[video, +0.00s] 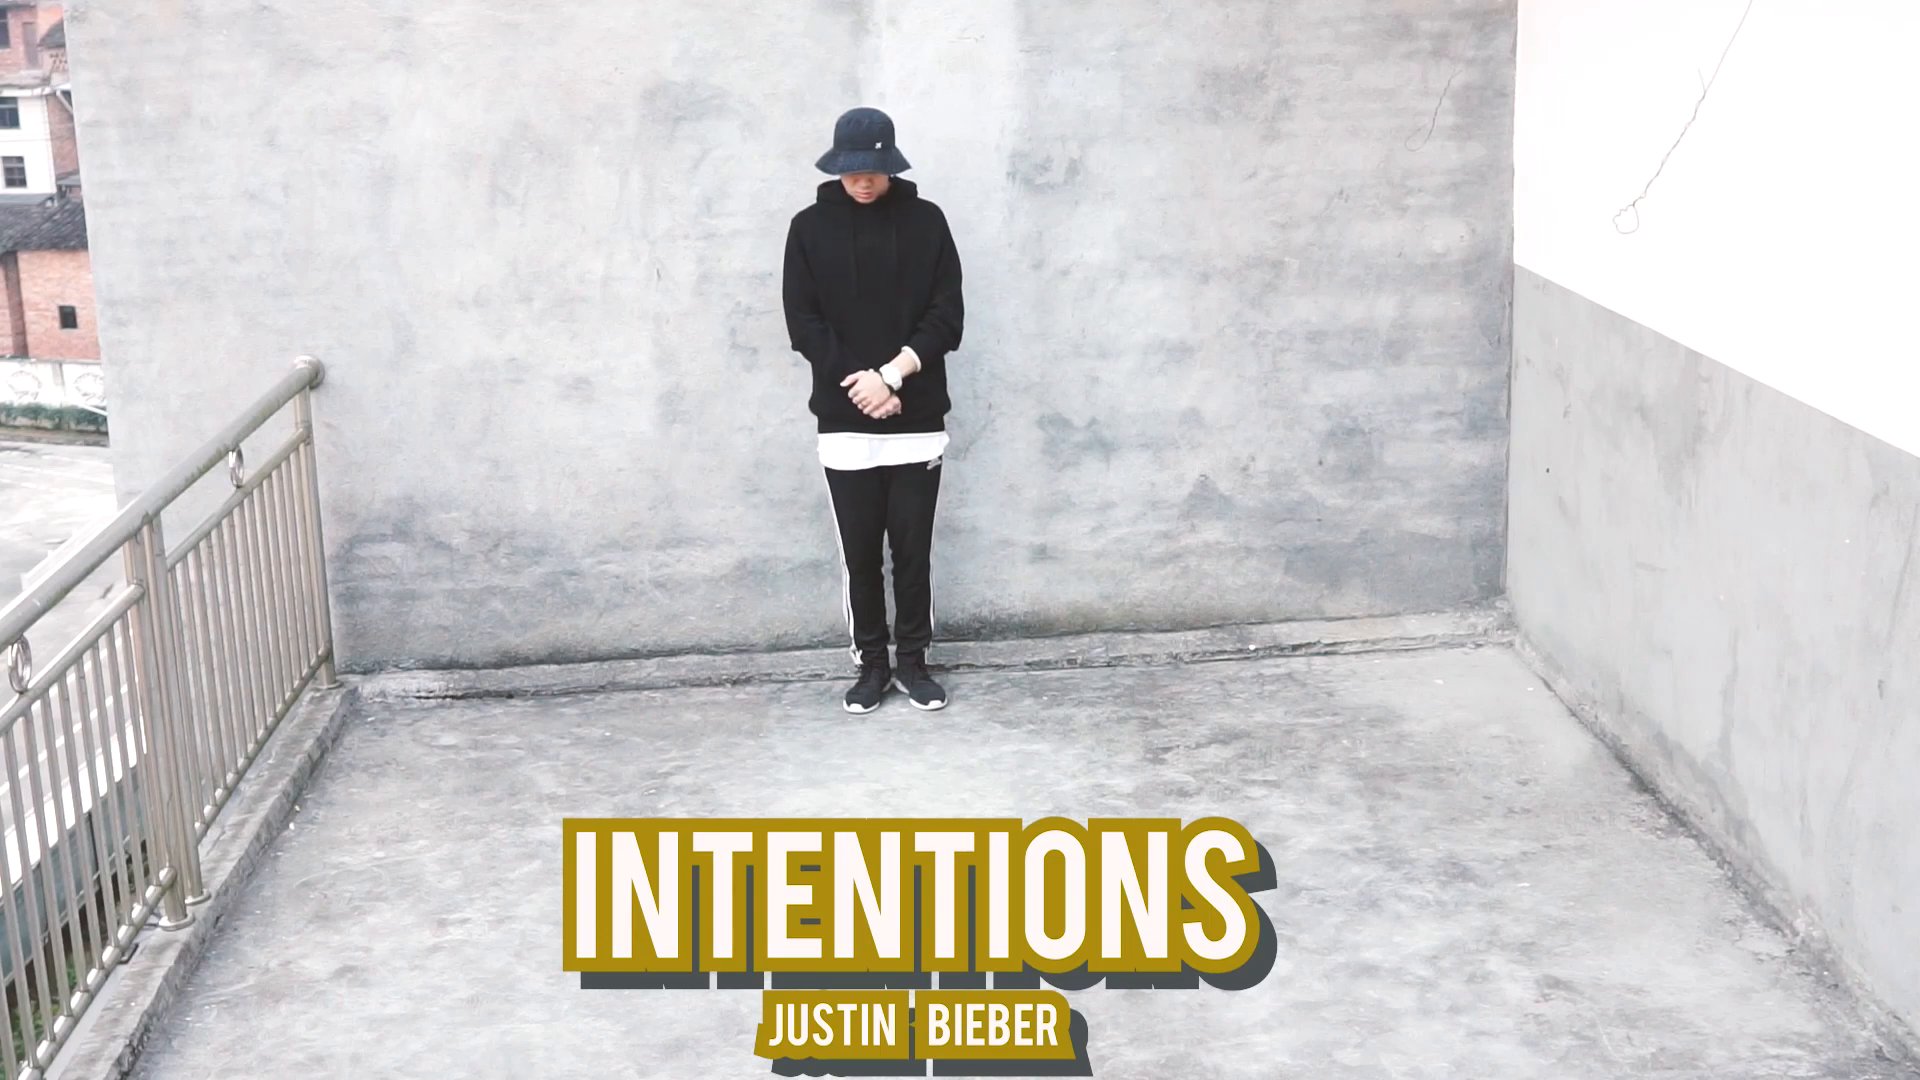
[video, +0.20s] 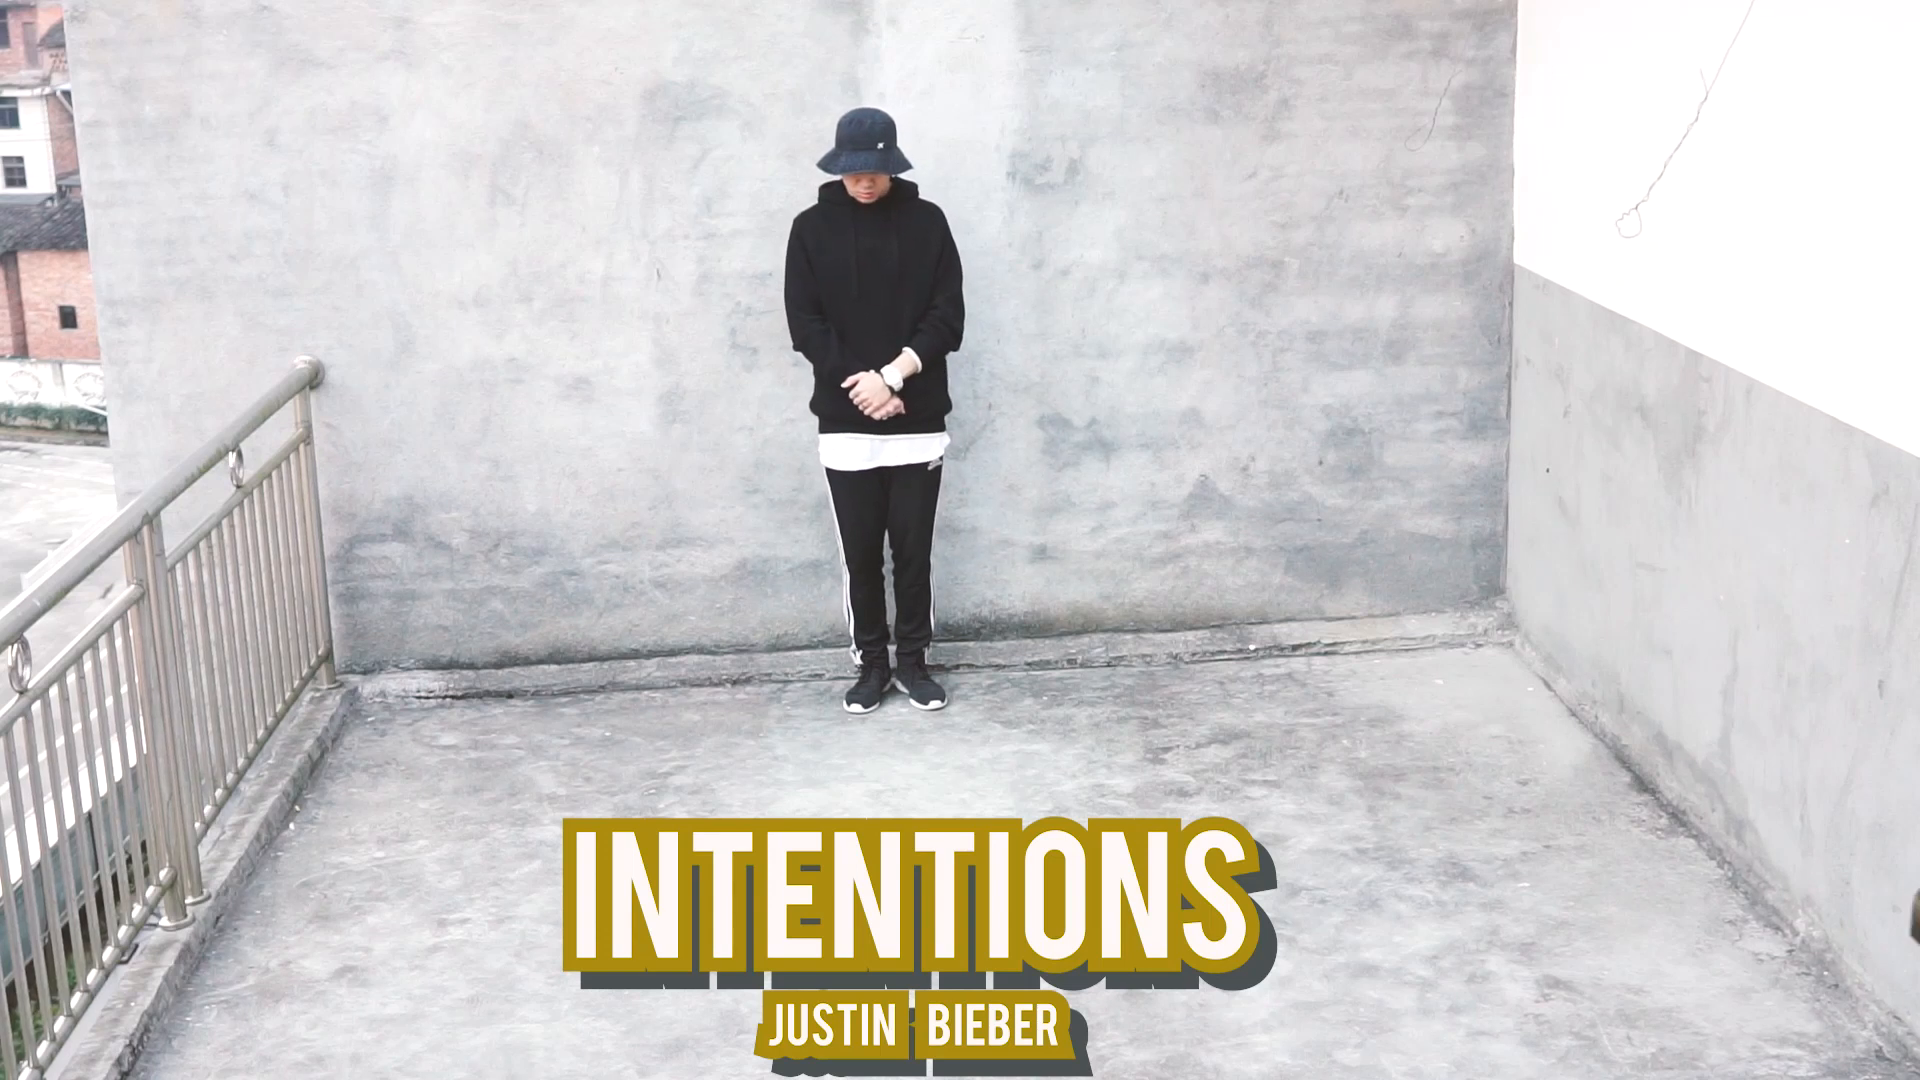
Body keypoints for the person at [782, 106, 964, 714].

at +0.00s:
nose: (861, 182)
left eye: (872, 171)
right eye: (851, 171)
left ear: (891, 166)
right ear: (835, 169)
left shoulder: (925, 219)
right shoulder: (810, 226)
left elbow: (947, 316)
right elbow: (803, 322)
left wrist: (892, 371)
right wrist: (860, 384)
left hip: (917, 413)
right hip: (843, 416)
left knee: (912, 548)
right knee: (860, 551)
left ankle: (913, 663)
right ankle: (872, 666)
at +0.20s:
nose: (863, 182)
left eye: (874, 171)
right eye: (852, 172)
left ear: (893, 167)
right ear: (837, 169)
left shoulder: (926, 220)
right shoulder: (813, 226)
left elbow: (948, 316)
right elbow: (804, 323)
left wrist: (893, 372)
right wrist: (861, 385)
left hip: (918, 414)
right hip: (844, 416)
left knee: (912, 549)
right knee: (861, 552)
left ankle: (913, 663)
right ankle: (872, 666)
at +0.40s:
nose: (865, 182)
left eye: (876, 171)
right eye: (855, 171)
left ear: (895, 167)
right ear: (840, 169)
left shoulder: (927, 220)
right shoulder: (814, 226)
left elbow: (948, 317)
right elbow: (806, 323)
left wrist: (893, 372)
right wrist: (864, 386)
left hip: (919, 414)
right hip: (844, 417)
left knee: (912, 548)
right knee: (861, 552)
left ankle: (913, 663)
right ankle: (872, 666)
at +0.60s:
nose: (869, 182)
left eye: (880, 171)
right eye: (858, 171)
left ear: (897, 167)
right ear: (842, 169)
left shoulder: (929, 222)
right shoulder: (816, 226)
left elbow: (949, 317)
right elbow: (807, 323)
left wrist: (894, 372)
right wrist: (865, 386)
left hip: (920, 414)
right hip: (846, 416)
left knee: (912, 548)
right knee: (861, 552)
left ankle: (912, 663)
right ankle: (872, 666)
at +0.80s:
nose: (868, 181)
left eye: (879, 171)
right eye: (857, 171)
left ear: (898, 167)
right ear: (842, 169)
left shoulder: (930, 222)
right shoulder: (817, 225)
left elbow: (950, 317)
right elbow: (808, 322)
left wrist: (896, 373)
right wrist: (865, 387)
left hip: (920, 415)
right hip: (846, 417)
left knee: (914, 549)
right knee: (862, 552)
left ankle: (913, 662)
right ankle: (872, 666)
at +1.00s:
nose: (869, 181)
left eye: (880, 171)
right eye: (858, 170)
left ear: (899, 167)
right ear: (843, 168)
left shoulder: (931, 221)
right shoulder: (818, 226)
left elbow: (952, 317)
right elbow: (810, 322)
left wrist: (897, 373)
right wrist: (865, 386)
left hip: (921, 415)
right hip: (847, 417)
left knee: (914, 550)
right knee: (863, 553)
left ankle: (913, 664)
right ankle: (872, 667)